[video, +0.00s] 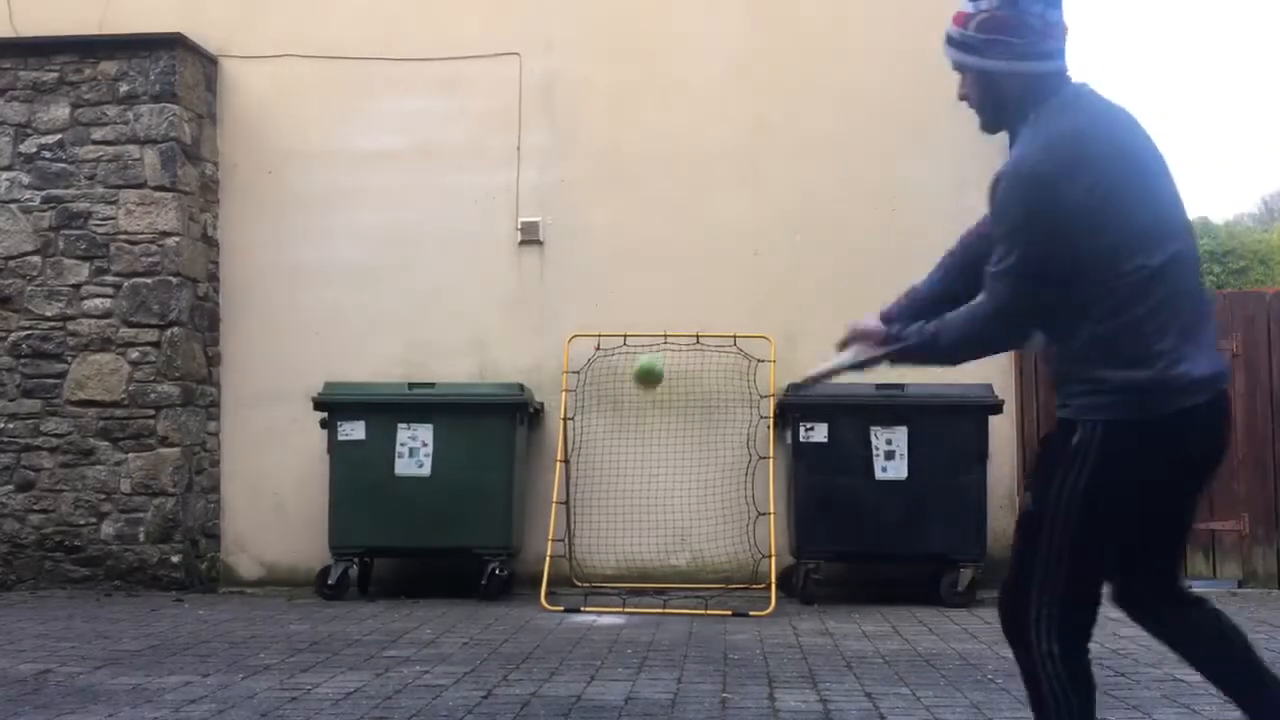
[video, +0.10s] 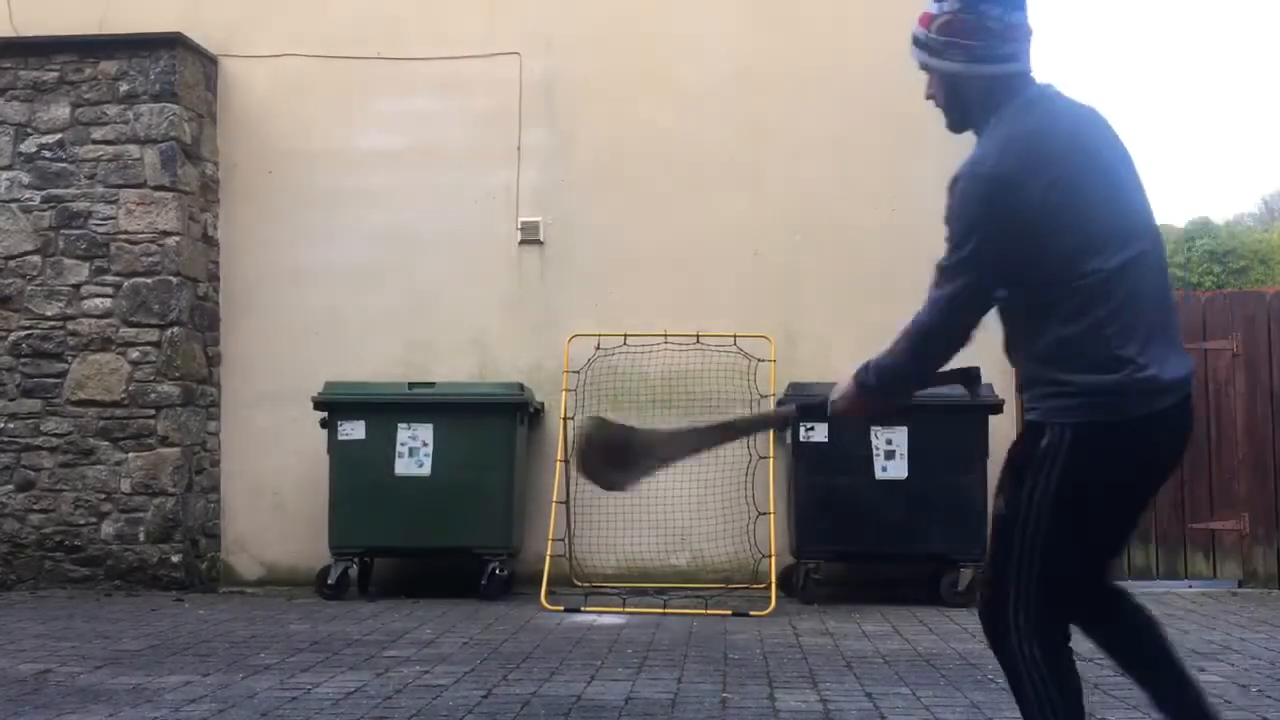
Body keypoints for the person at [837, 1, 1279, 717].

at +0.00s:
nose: (959, 89)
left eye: (966, 71)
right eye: (958, 71)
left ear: (1006, 69)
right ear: (1036, 64)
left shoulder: (1038, 163)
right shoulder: (1097, 119)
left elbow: (1008, 314)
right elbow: (991, 241)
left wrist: (901, 343)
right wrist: (899, 316)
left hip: (1114, 420)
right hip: (1190, 406)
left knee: (1040, 614)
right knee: (1148, 589)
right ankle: (1268, 703)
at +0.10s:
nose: (927, 89)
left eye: (933, 71)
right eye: (925, 72)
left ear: (970, 68)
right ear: (1005, 63)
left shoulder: (992, 170)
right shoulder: (1079, 121)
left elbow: (947, 315)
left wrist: (871, 382)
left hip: (1081, 417)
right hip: (1157, 404)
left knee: (1016, 611)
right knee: (1084, 585)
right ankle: (1195, 711)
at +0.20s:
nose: (873, 81)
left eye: (873, 67)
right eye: (872, 67)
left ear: (886, 69)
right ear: (952, 50)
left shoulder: (909, 160)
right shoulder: (1022, 118)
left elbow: (860, 289)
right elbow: (944, 280)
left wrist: (830, 376)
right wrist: (867, 361)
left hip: (1013, 414)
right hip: (1085, 398)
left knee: (999, 603)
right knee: (972, 579)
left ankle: (1037, 713)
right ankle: (990, 708)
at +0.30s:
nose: (846, 76)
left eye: (845, 62)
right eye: (848, 61)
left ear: (854, 61)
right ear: (924, 46)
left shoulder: (871, 152)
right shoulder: (993, 116)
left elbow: (833, 284)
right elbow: (928, 271)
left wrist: (804, 381)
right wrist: (851, 360)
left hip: (971, 414)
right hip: (1044, 397)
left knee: (987, 613)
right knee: (928, 594)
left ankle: (1041, 712)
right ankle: (906, 711)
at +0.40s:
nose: (787, 69)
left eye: (786, 55)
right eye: (794, 52)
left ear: (794, 55)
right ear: (868, 45)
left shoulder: (809, 138)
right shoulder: (929, 121)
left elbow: (776, 278)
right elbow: (904, 274)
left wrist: (738, 377)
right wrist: (815, 352)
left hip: (876, 420)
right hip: (954, 412)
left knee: (868, 616)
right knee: (896, 615)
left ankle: (994, 717)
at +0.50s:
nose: (757, 69)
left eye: (758, 55)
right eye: (759, 53)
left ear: (765, 56)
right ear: (836, 45)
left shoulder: (781, 137)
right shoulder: (886, 124)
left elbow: (743, 278)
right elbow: (879, 276)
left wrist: (691, 378)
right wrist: (793, 360)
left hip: (843, 415)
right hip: (909, 401)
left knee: (801, 627)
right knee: (826, 619)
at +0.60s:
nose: (685, 50)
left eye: (685, 35)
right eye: (690, 34)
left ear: (691, 38)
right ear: (762, 33)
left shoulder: (719, 122)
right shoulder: (796, 109)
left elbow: (679, 274)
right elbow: (795, 274)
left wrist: (605, 372)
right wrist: (724, 375)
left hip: (781, 407)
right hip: (845, 398)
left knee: (677, 601)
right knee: (793, 607)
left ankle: (725, 716)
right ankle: (827, 719)